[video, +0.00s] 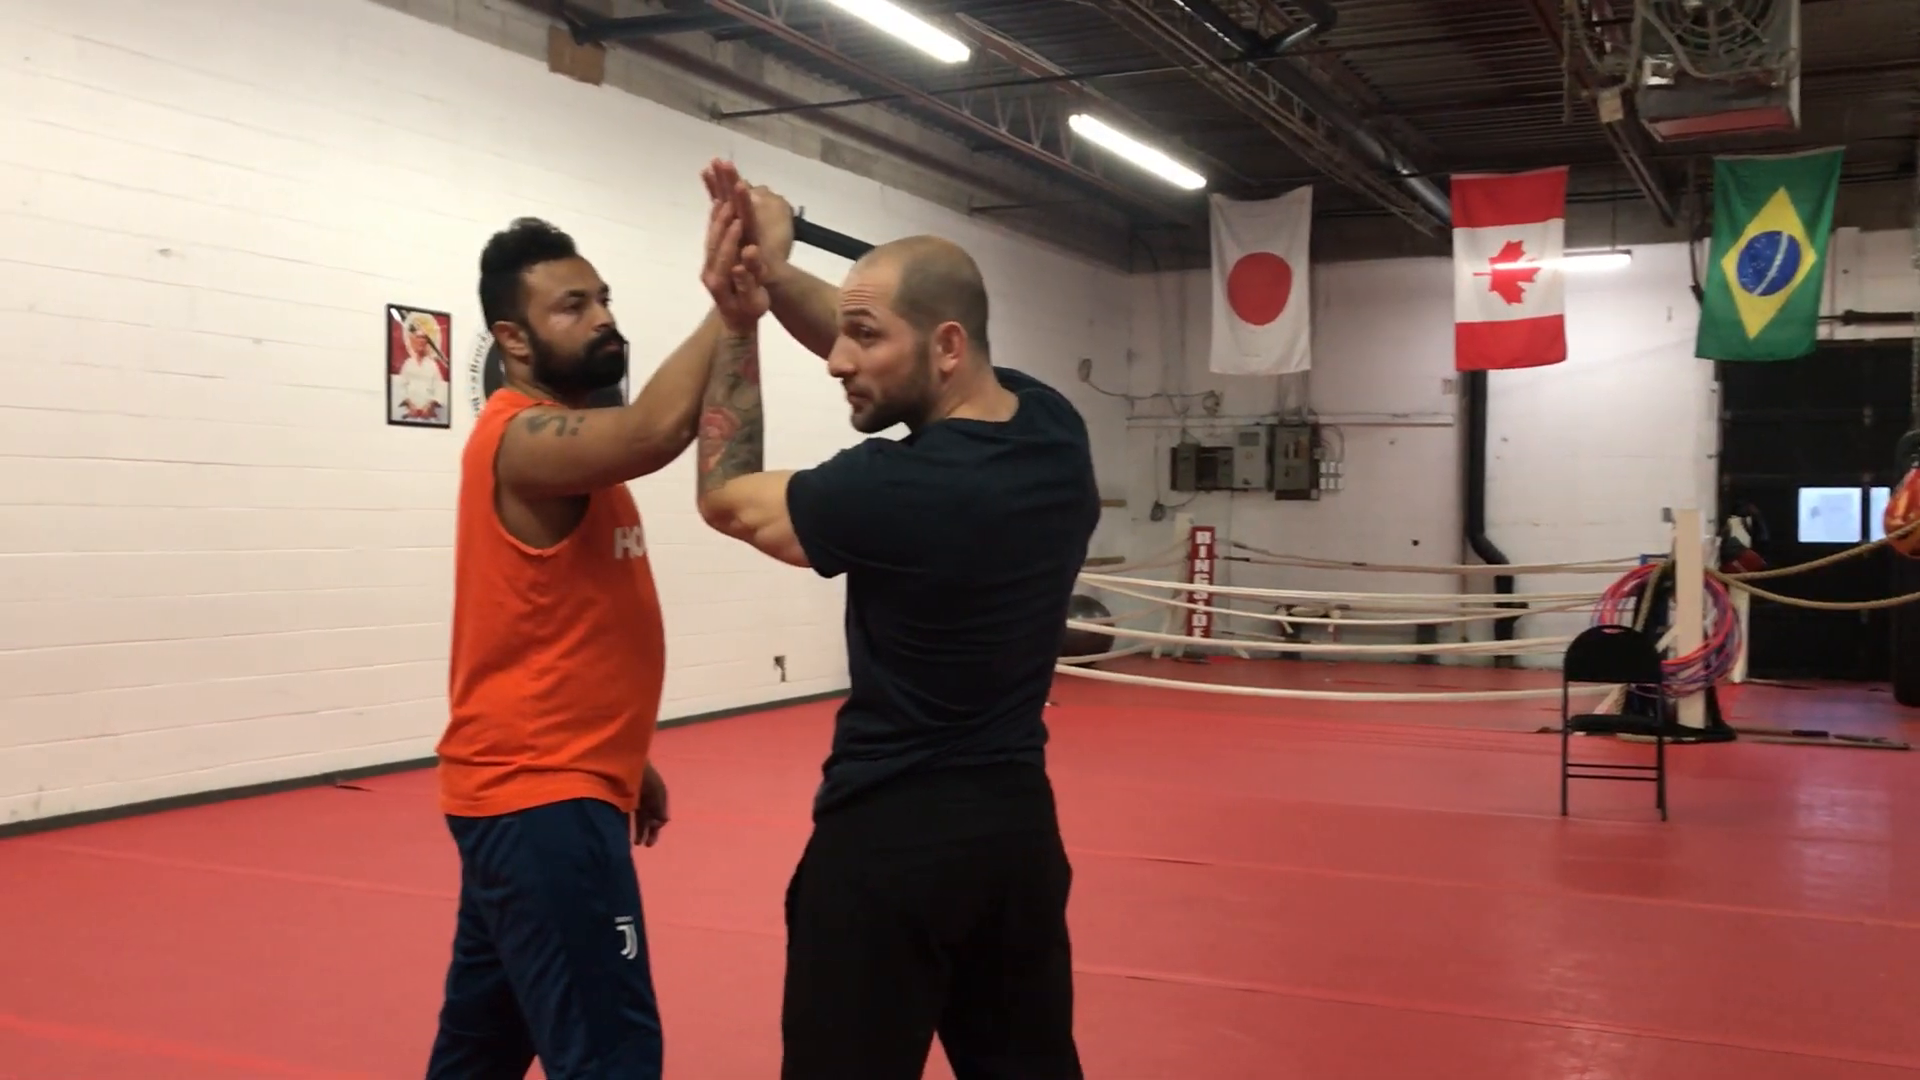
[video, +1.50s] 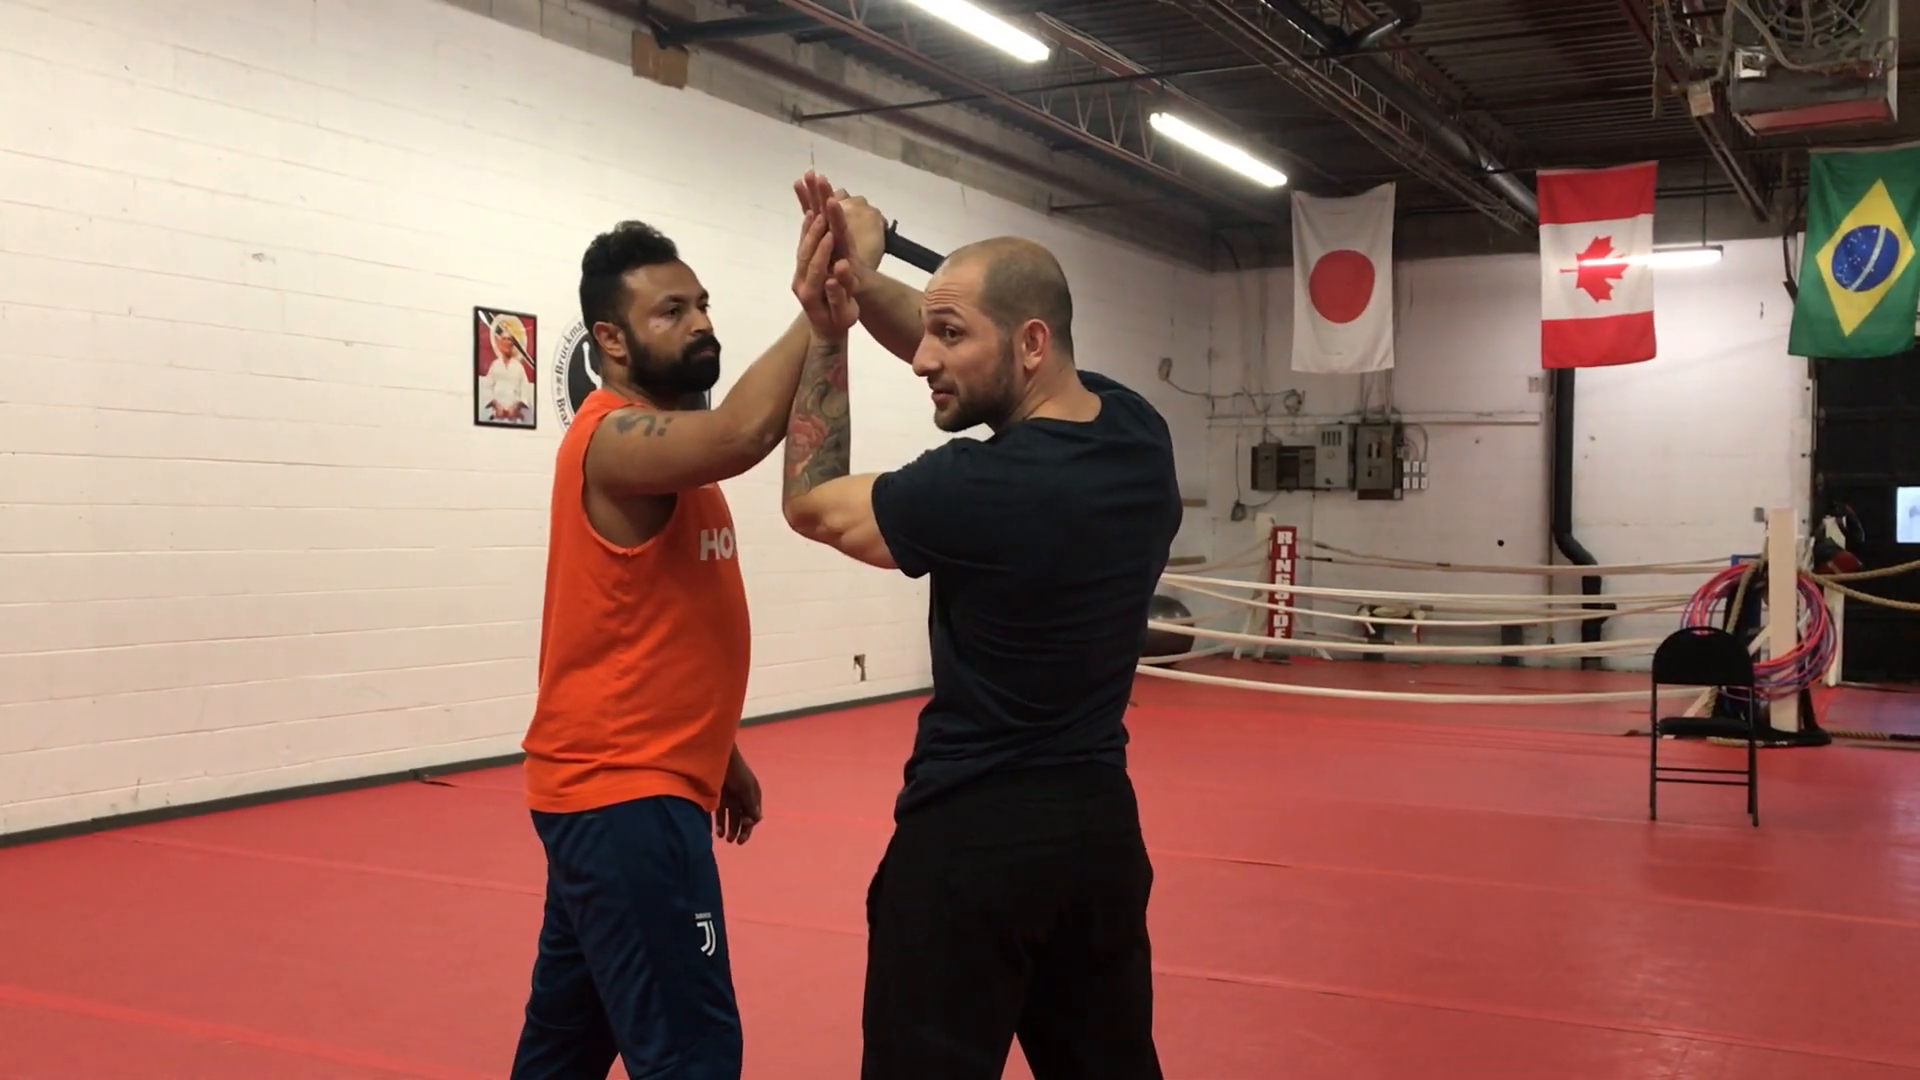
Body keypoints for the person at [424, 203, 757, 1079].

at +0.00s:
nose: (605, 320)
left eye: (605, 300)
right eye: (574, 308)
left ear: (608, 305)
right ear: (512, 339)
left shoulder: (561, 429)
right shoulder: (521, 432)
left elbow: (567, 622)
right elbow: (652, 433)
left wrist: (626, 758)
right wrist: (729, 315)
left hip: (556, 788)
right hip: (536, 792)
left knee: (480, 1051)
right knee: (613, 1054)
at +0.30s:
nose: (665, 326)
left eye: (664, 304)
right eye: (636, 311)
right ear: (571, 339)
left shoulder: (614, 429)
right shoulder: (577, 432)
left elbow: (608, 624)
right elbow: (705, 432)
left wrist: (676, 750)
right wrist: (782, 316)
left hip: (604, 785)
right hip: (586, 791)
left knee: (530, 1050)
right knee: (662, 1054)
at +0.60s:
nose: (702, 322)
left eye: (700, 303)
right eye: (673, 308)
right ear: (609, 338)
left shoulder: (647, 433)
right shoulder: (610, 433)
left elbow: (640, 625)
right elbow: (736, 433)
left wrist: (710, 747)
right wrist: (816, 311)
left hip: (632, 786)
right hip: (617, 793)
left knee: (561, 1048)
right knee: (690, 1053)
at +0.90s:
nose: (710, 324)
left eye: (709, 305)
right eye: (681, 310)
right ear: (618, 335)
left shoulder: (654, 431)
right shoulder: (621, 430)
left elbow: (650, 627)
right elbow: (745, 432)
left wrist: (718, 752)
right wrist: (825, 314)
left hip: (642, 784)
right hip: (623, 789)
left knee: (568, 1048)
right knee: (698, 1053)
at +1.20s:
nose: (707, 327)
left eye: (706, 306)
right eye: (679, 311)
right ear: (613, 338)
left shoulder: (657, 429)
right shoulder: (619, 433)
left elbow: (649, 623)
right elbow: (743, 434)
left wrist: (716, 753)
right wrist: (819, 320)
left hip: (646, 783)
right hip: (622, 788)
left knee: (568, 1047)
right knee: (696, 1054)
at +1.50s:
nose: (702, 325)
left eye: (701, 305)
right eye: (673, 312)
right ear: (611, 338)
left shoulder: (654, 432)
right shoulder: (615, 430)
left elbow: (647, 625)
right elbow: (736, 435)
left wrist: (716, 750)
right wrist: (819, 316)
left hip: (641, 785)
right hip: (619, 792)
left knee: (564, 1050)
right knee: (693, 1055)